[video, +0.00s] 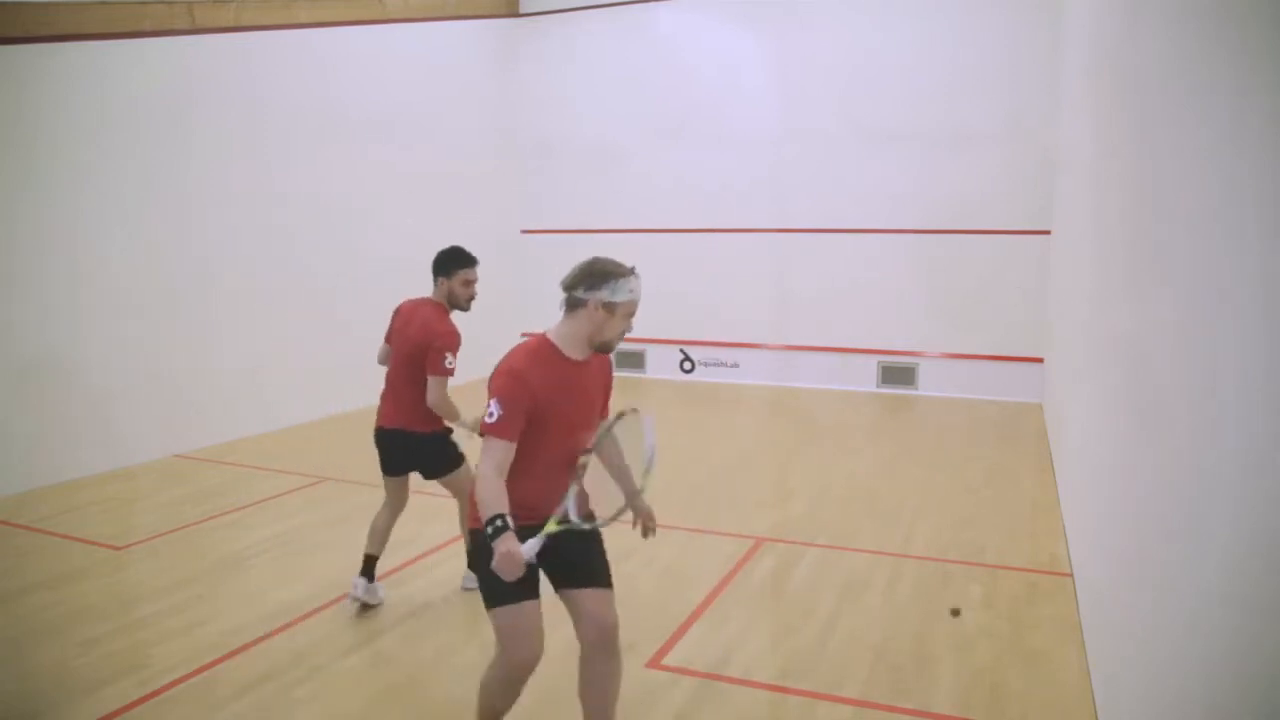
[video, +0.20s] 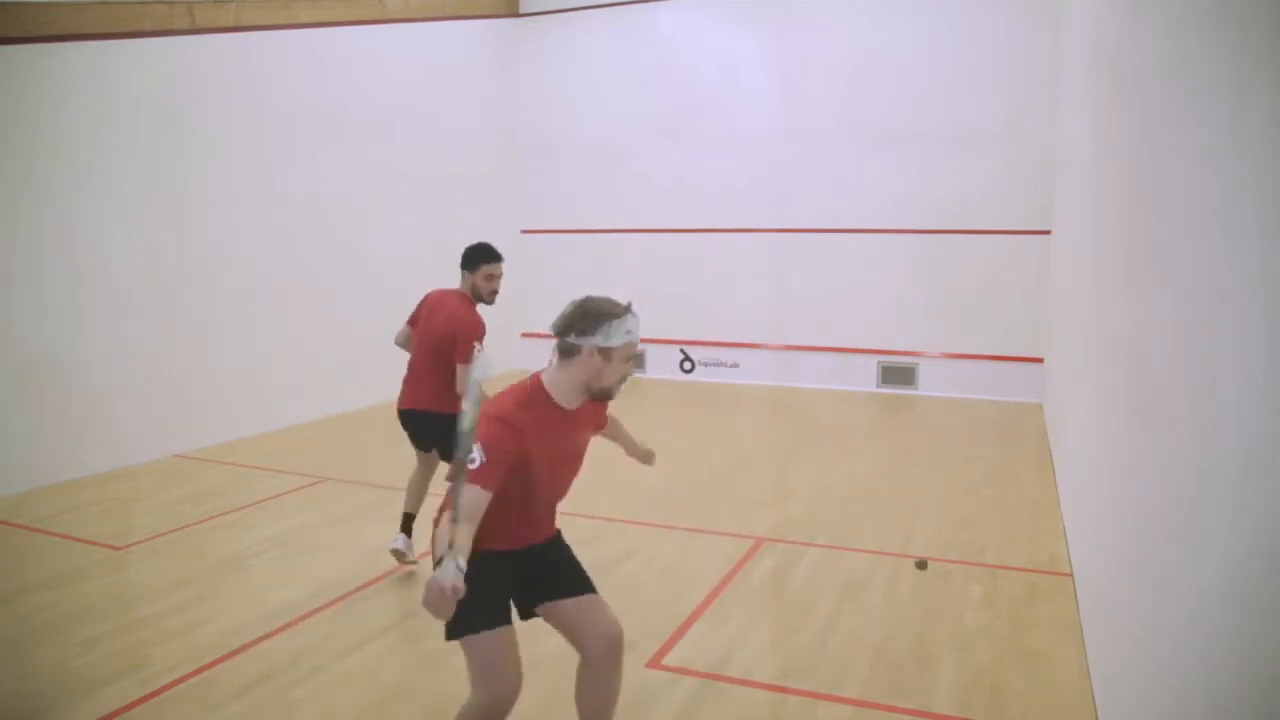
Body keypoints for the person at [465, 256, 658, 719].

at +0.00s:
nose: (630, 328)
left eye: (632, 318)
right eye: (627, 316)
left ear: (595, 310)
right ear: (595, 310)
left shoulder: (600, 365)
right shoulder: (520, 370)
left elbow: (599, 432)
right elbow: (490, 470)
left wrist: (633, 496)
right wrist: (502, 535)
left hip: (567, 515)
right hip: (505, 523)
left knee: (602, 632)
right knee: (521, 652)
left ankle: (600, 718)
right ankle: (487, 716)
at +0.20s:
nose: (630, 372)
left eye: (632, 361)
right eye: (626, 360)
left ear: (593, 355)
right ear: (591, 354)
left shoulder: (588, 406)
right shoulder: (506, 417)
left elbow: (608, 425)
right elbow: (463, 513)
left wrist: (634, 447)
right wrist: (451, 565)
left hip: (539, 545)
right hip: (479, 557)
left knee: (604, 641)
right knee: (497, 689)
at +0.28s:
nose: (632, 392)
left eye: (634, 379)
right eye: (628, 380)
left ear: (593, 377)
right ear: (593, 375)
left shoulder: (583, 417)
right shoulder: (506, 441)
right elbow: (467, 542)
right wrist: (454, 597)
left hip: (524, 552)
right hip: (463, 570)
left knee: (606, 640)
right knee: (508, 701)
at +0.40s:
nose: (626, 397)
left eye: (626, 385)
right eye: (620, 385)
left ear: (584, 384)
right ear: (584, 383)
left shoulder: (541, 409)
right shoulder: (517, 462)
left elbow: (465, 455)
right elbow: (534, 583)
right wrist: (565, 651)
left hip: (502, 560)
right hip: (450, 583)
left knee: (596, 637)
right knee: (524, 702)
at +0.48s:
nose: (611, 384)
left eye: (612, 372)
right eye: (607, 371)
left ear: (567, 371)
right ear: (572, 371)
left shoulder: (507, 393)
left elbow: (441, 429)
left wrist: (401, 473)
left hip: (482, 563)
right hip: (434, 584)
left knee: (573, 637)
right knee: (524, 705)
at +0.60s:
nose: (580, 351)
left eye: (581, 341)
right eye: (578, 340)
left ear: (515, 337)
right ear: (549, 343)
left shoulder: (452, 374)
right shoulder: (534, 437)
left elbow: (381, 432)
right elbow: (574, 529)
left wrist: (332, 501)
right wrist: (599, 534)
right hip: (415, 575)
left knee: (527, 628)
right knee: (511, 697)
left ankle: (547, 714)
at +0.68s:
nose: (553, 333)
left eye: (553, 322)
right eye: (550, 321)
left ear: (488, 319)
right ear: (527, 325)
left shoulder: (424, 367)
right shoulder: (523, 416)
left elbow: (353, 431)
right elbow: (550, 488)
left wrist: (303, 503)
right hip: (414, 565)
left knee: (508, 609)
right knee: (502, 696)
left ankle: (505, 708)